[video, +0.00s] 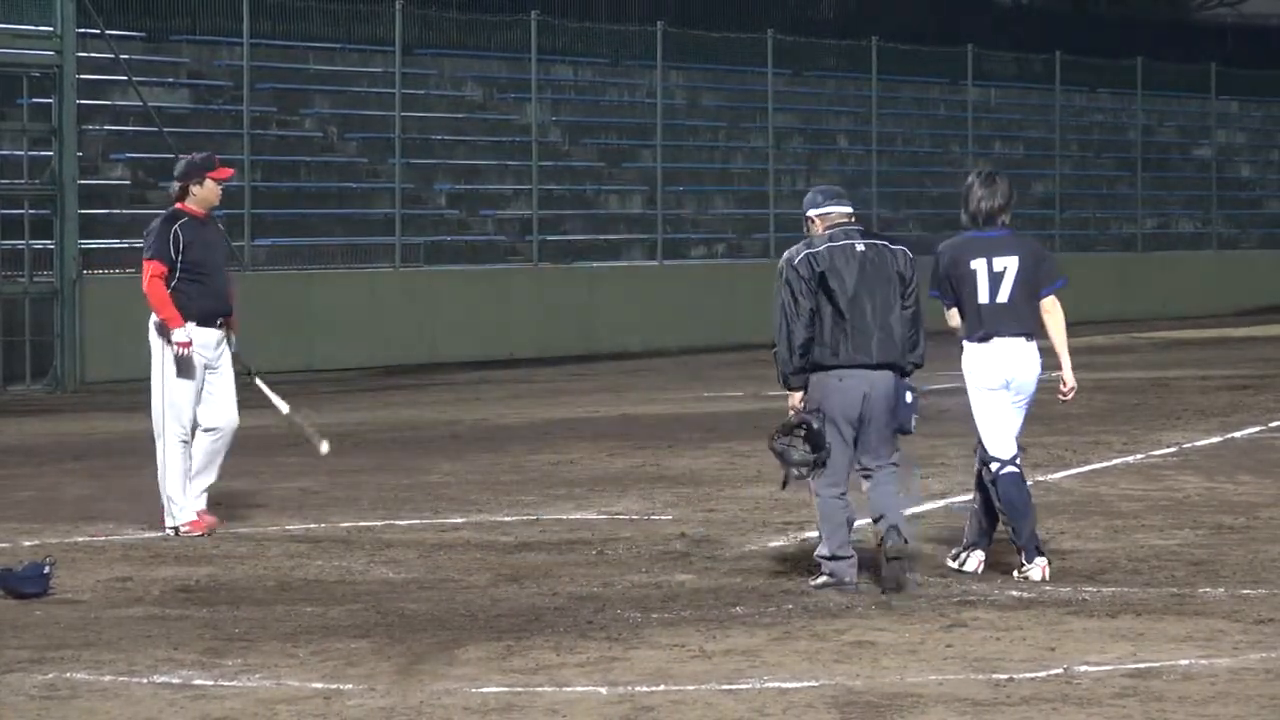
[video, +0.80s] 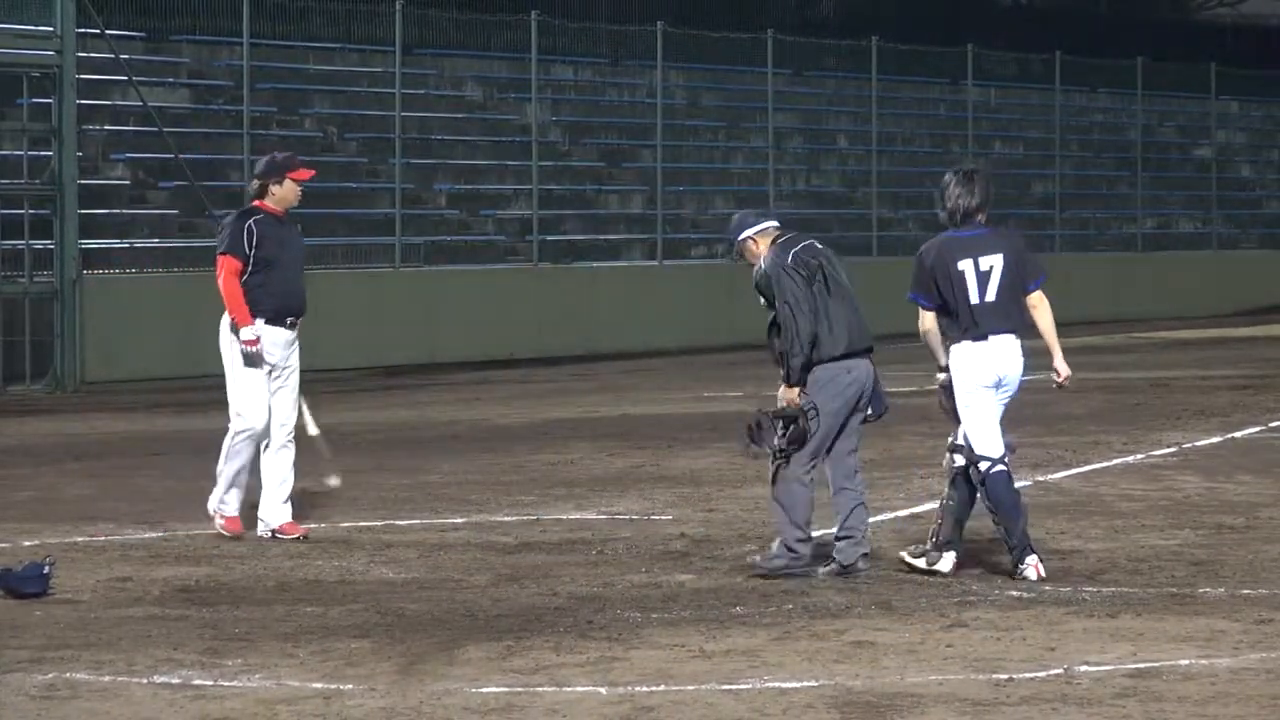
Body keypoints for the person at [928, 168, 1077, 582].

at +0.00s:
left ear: (967, 205)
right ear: (1008, 206)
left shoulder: (950, 252)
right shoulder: (1030, 249)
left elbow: (953, 320)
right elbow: (1051, 308)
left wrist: (985, 316)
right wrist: (1066, 365)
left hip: (980, 356)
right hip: (1025, 354)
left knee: (1002, 457)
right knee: (994, 452)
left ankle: (1032, 555)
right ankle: (975, 547)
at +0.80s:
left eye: (947, 199)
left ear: (946, 205)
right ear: (984, 203)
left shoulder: (933, 252)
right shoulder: (1010, 241)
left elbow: (927, 324)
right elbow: (1037, 302)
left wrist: (944, 365)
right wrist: (1057, 355)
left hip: (967, 358)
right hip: (1011, 355)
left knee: (989, 456)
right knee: (966, 450)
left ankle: (1026, 555)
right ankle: (943, 546)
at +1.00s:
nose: (916, 205)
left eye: (918, 198)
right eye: (918, 198)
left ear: (926, 203)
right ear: (961, 199)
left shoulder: (922, 246)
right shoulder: (988, 243)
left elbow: (911, 313)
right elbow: (1008, 305)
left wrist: (908, 369)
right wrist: (1019, 356)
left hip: (944, 355)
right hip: (982, 352)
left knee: (965, 456)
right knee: (952, 452)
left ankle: (1015, 546)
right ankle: (936, 550)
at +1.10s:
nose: (910, 205)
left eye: (914, 198)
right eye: (912, 197)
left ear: (926, 201)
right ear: (953, 199)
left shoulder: (926, 242)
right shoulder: (977, 241)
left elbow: (909, 308)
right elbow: (987, 306)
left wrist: (894, 368)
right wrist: (986, 359)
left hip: (937, 349)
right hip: (969, 347)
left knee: (948, 454)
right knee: (943, 451)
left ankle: (1008, 539)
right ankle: (936, 550)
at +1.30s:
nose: (893, 207)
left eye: (898, 200)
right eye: (891, 200)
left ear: (921, 198)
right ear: (915, 199)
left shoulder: (939, 236)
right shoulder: (924, 236)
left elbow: (935, 299)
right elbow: (917, 300)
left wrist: (915, 360)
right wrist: (907, 355)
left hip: (937, 346)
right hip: (921, 343)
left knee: (929, 455)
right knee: (922, 452)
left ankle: (1004, 533)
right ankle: (936, 550)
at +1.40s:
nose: (887, 210)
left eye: (892, 202)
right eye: (884, 203)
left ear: (914, 200)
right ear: (894, 204)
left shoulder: (937, 237)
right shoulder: (910, 241)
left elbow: (946, 306)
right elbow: (908, 309)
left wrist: (932, 372)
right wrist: (898, 363)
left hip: (933, 350)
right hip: (907, 350)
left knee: (922, 454)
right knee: (915, 452)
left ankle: (989, 537)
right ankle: (933, 547)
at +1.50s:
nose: (879, 214)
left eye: (885, 205)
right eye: (876, 206)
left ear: (908, 203)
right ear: (884, 208)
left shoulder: (936, 243)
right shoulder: (894, 248)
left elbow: (956, 308)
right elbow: (884, 315)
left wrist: (952, 371)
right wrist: (884, 372)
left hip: (933, 353)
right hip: (901, 355)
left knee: (926, 453)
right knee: (915, 454)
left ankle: (967, 544)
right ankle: (933, 548)